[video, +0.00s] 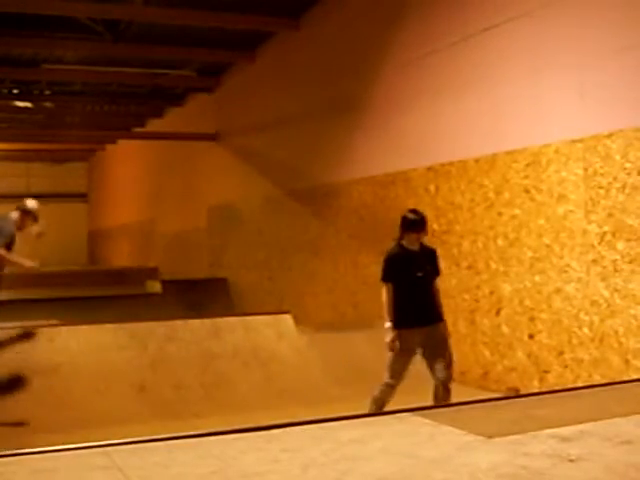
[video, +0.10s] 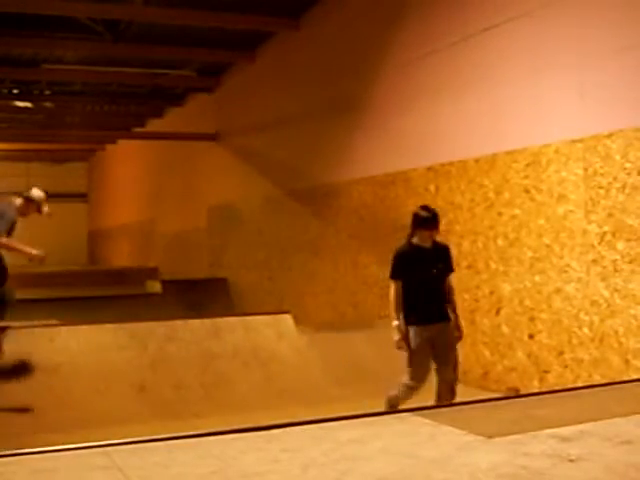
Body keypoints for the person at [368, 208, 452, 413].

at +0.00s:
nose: (419, 236)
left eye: (421, 231)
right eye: (415, 231)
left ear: (424, 231)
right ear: (405, 231)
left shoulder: (429, 254)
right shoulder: (394, 256)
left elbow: (434, 287)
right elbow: (387, 291)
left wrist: (441, 320)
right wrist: (389, 327)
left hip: (432, 324)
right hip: (406, 327)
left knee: (443, 377)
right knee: (392, 380)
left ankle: (441, 420)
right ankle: (370, 418)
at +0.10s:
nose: (432, 233)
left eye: (434, 228)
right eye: (428, 228)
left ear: (437, 228)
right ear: (417, 228)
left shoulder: (442, 251)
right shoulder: (403, 254)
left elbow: (448, 286)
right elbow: (396, 291)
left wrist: (455, 319)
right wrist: (398, 326)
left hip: (442, 322)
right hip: (417, 324)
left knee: (448, 376)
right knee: (417, 376)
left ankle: (443, 416)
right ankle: (393, 401)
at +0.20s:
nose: (438, 234)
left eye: (442, 229)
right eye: (434, 228)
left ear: (445, 228)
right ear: (426, 226)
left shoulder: (451, 249)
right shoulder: (413, 251)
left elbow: (458, 284)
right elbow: (403, 286)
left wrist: (470, 317)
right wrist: (407, 322)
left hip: (447, 316)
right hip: (425, 317)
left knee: (451, 372)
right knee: (438, 370)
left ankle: (443, 411)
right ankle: (415, 403)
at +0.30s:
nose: (452, 237)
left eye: (455, 233)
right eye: (448, 233)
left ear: (457, 230)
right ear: (438, 228)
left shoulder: (458, 248)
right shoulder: (423, 250)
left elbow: (465, 284)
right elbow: (412, 289)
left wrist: (483, 317)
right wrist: (419, 324)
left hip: (453, 314)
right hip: (432, 315)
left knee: (452, 365)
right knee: (456, 363)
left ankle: (446, 410)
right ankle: (446, 411)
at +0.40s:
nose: (467, 244)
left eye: (469, 239)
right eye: (464, 239)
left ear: (471, 236)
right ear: (452, 234)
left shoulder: (467, 252)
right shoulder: (435, 253)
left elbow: (470, 287)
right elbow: (423, 291)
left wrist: (490, 314)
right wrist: (428, 326)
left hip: (461, 318)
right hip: (441, 319)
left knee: (452, 370)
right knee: (466, 369)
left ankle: (442, 410)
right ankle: (470, 413)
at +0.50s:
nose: (483, 253)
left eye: (485, 249)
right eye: (481, 248)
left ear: (483, 245)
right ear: (469, 241)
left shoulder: (476, 259)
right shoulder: (446, 262)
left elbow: (474, 291)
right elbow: (437, 302)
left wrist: (493, 319)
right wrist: (440, 336)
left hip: (468, 322)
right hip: (450, 324)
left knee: (460, 378)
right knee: (471, 378)